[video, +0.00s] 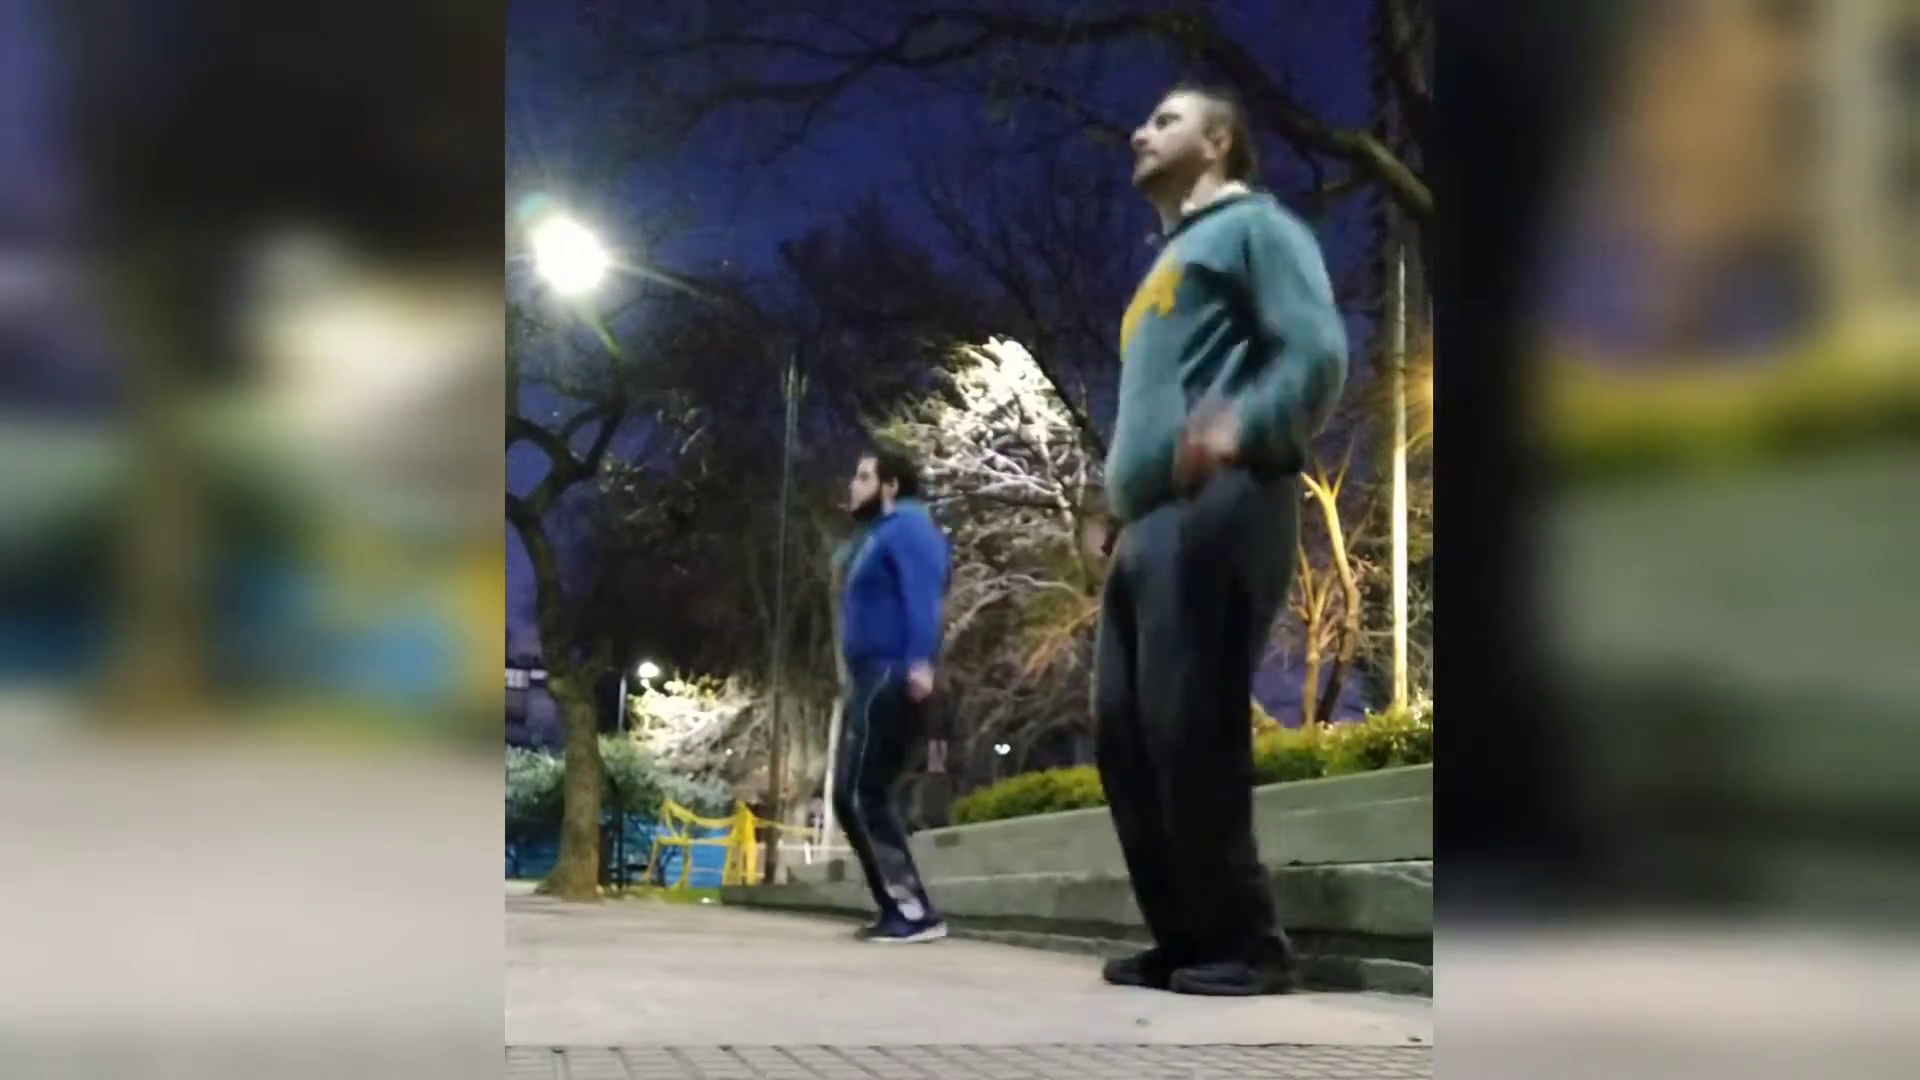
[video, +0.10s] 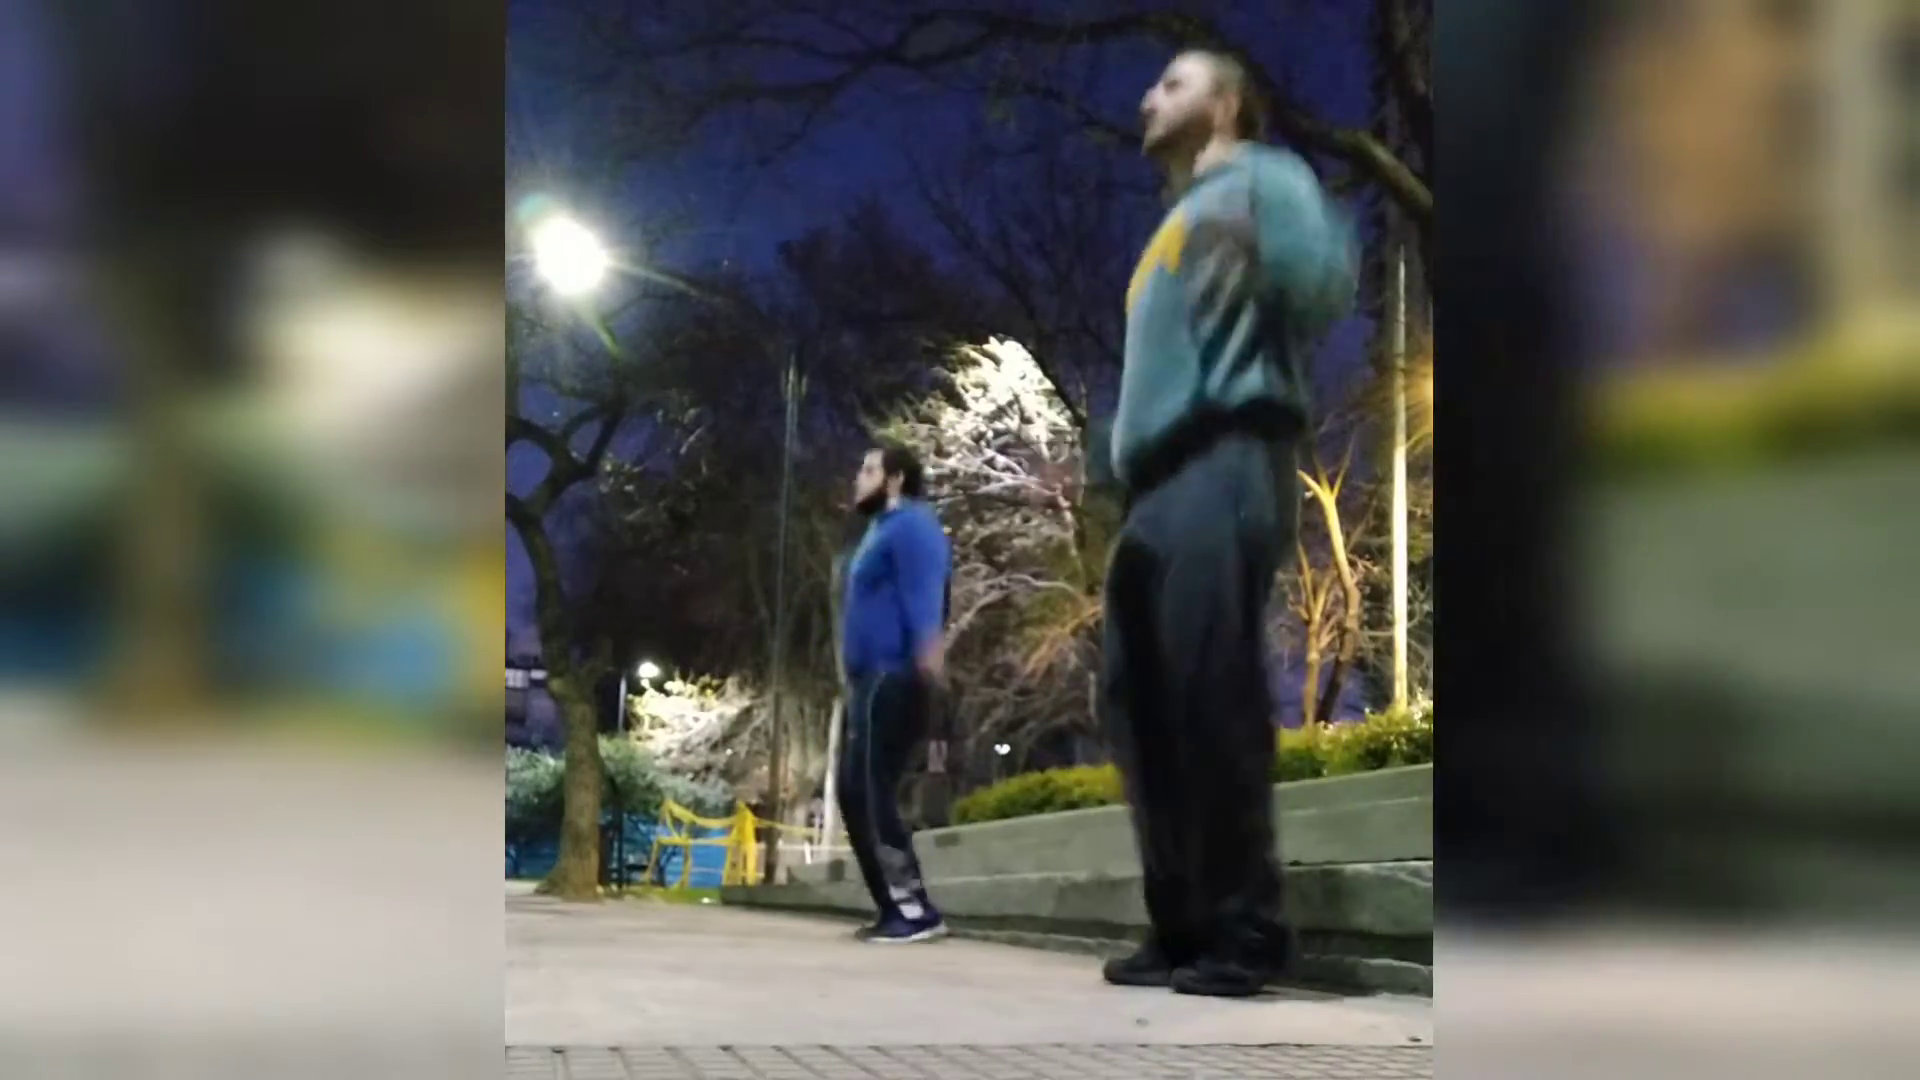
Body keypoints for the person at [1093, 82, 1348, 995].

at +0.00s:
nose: (1141, 133)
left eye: (1165, 119)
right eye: (1143, 122)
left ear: (1217, 141)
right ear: (1169, 153)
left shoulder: (1256, 224)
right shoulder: (1170, 255)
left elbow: (1317, 350)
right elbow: (1159, 395)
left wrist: (1242, 421)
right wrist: (1127, 511)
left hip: (1217, 508)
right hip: (1150, 520)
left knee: (1189, 724)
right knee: (1122, 732)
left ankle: (1245, 945)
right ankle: (1184, 938)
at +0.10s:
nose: (1151, 97)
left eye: (1173, 82)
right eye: (1154, 85)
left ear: (1227, 101)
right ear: (1180, 115)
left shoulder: (1268, 176)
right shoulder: (1177, 218)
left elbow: (1320, 286)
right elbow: (1165, 357)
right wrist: (1135, 459)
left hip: (1224, 461)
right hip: (1159, 478)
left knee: (1211, 694)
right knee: (1141, 702)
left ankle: (1248, 939)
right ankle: (1182, 932)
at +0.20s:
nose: (1164, 75)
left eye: (1189, 60)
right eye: (1165, 64)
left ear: (1245, 81)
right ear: (1181, 101)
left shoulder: (1269, 161)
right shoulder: (1174, 215)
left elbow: (1329, 83)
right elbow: (1140, 332)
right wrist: (1049, 283)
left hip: (1232, 427)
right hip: (1161, 449)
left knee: (1252, 665)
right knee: (1149, 685)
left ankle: (1314, 904)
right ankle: (1154, 907)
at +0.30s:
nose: (1171, 92)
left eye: (1192, 80)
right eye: (1171, 83)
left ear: (1246, 99)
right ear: (1179, 111)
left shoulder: (1264, 167)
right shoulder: (1166, 234)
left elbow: (1319, 45)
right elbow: (1125, 272)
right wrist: (1087, 183)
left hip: (1234, 444)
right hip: (1159, 471)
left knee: (1260, 678)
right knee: (1140, 715)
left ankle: (1369, 924)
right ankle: (1147, 910)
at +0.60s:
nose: (1174, 83)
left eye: (1198, 72)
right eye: (1176, 74)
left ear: (1250, 94)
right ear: (1185, 108)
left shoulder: (1272, 154)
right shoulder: (1181, 228)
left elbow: (1353, 72)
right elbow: (1131, 296)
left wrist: (1353, 2)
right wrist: (1052, 263)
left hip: (1251, 438)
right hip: (1180, 463)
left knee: (1273, 676)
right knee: (1150, 690)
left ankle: (1361, 928)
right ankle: (1147, 908)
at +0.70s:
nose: (1172, 79)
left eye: (1194, 64)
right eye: (1173, 69)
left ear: (1250, 87)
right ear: (1187, 100)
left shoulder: (1260, 150)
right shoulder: (1180, 211)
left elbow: (1314, 154)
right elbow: (1155, 356)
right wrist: (1050, 372)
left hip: (1250, 432)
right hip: (1180, 452)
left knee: (1258, 669)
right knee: (1147, 685)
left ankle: (1322, 913)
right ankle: (1182, 909)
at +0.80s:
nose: (1178, 95)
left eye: (1200, 84)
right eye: (1178, 87)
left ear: (1250, 112)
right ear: (1182, 122)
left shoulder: (1279, 177)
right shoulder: (1185, 229)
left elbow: (1366, 277)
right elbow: (1180, 376)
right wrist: (1119, 471)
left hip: (1244, 469)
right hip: (1174, 483)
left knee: (1241, 693)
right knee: (1149, 715)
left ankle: (1300, 943)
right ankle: (1210, 937)